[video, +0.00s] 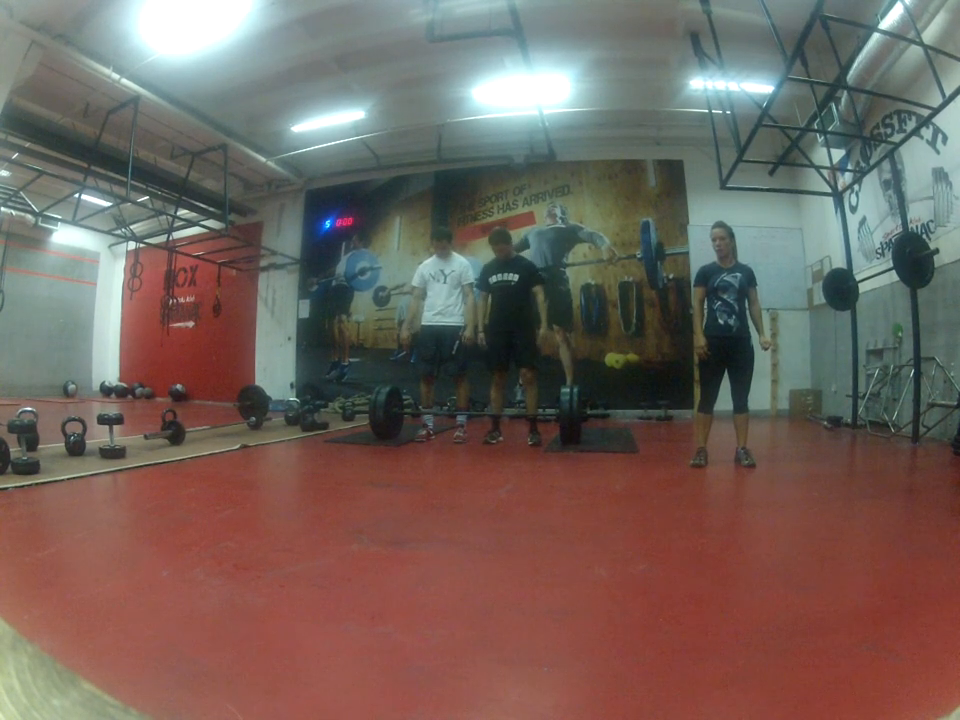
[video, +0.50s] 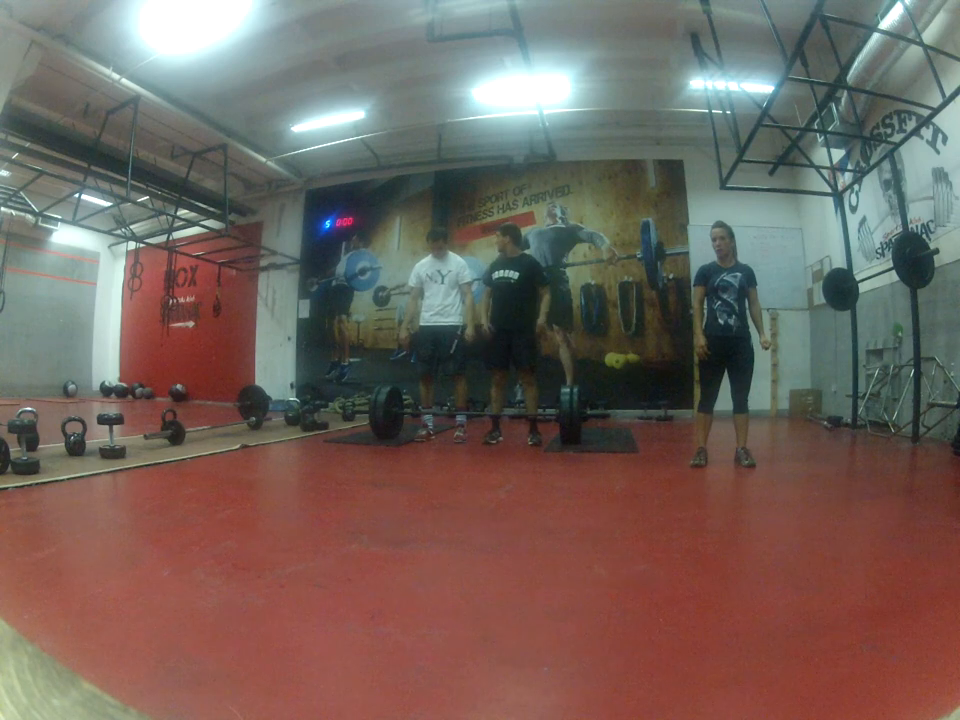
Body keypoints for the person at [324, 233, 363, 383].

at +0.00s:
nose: (353, 243)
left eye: (355, 241)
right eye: (353, 241)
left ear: (360, 242)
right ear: (354, 242)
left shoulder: (361, 256)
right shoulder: (349, 256)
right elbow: (337, 272)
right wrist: (319, 279)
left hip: (345, 288)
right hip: (335, 288)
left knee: (342, 324)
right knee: (333, 325)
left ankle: (345, 363)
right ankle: (335, 361)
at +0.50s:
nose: (352, 243)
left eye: (354, 241)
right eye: (352, 240)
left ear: (360, 242)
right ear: (353, 242)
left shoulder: (360, 256)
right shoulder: (348, 256)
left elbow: (362, 275)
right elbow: (337, 273)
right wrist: (319, 280)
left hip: (346, 289)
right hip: (336, 288)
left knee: (342, 324)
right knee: (334, 325)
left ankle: (345, 362)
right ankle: (335, 360)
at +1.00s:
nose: (352, 243)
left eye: (355, 240)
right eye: (352, 240)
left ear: (360, 242)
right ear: (352, 242)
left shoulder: (359, 256)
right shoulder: (347, 256)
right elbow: (336, 273)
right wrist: (319, 280)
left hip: (346, 288)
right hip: (335, 288)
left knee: (342, 324)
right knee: (334, 325)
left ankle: (345, 362)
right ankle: (335, 361)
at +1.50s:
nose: (352, 243)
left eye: (355, 241)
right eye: (352, 240)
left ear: (361, 243)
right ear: (353, 242)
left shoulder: (360, 257)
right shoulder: (347, 256)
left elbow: (363, 275)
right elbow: (336, 273)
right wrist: (319, 280)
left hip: (346, 288)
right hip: (335, 288)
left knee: (342, 323)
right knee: (334, 325)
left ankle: (345, 362)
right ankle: (335, 361)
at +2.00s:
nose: (352, 243)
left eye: (355, 241)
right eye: (353, 240)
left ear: (361, 243)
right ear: (353, 242)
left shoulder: (359, 257)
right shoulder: (347, 256)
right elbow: (337, 273)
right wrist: (319, 279)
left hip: (345, 288)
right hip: (335, 288)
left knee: (342, 323)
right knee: (334, 325)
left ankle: (345, 362)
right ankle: (335, 360)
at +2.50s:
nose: (353, 243)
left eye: (355, 241)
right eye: (353, 241)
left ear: (361, 243)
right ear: (354, 242)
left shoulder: (360, 256)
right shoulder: (348, 256)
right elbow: (336, 271)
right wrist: (319, 278)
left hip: (346, 288)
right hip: (336, 288)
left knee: (342, 324)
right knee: (334, 325)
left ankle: (345, 362)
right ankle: (335, 361)